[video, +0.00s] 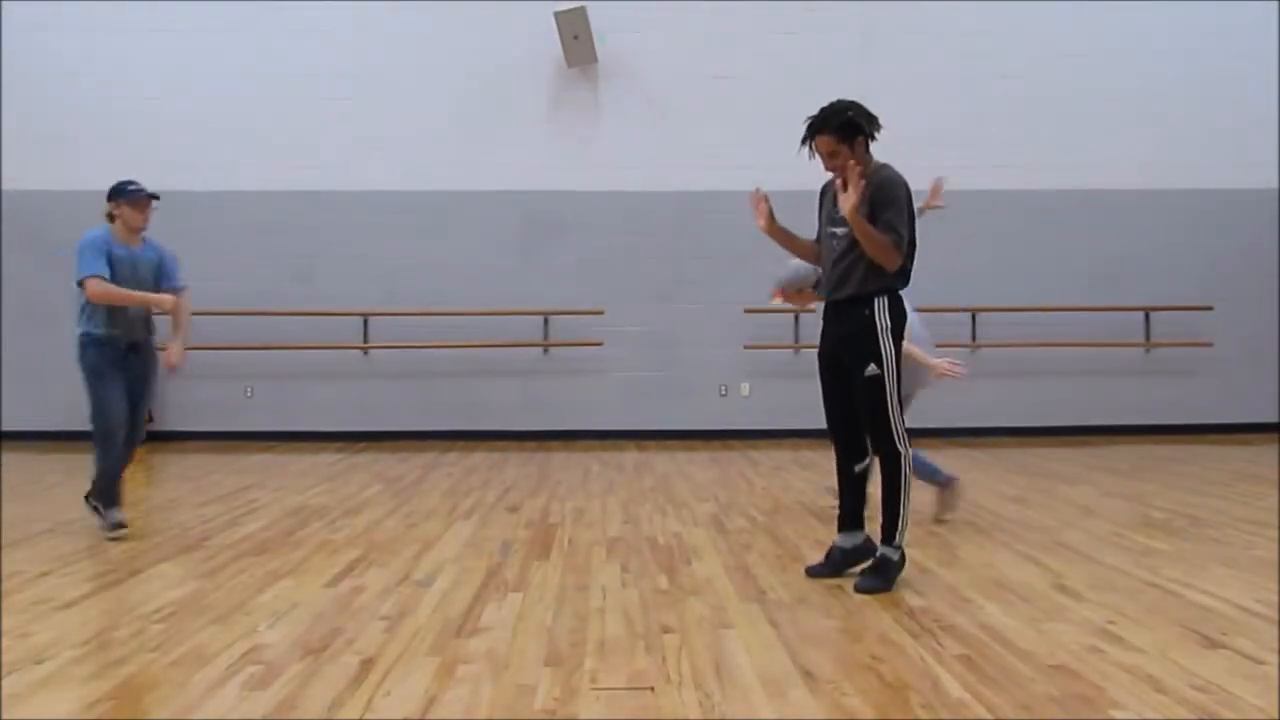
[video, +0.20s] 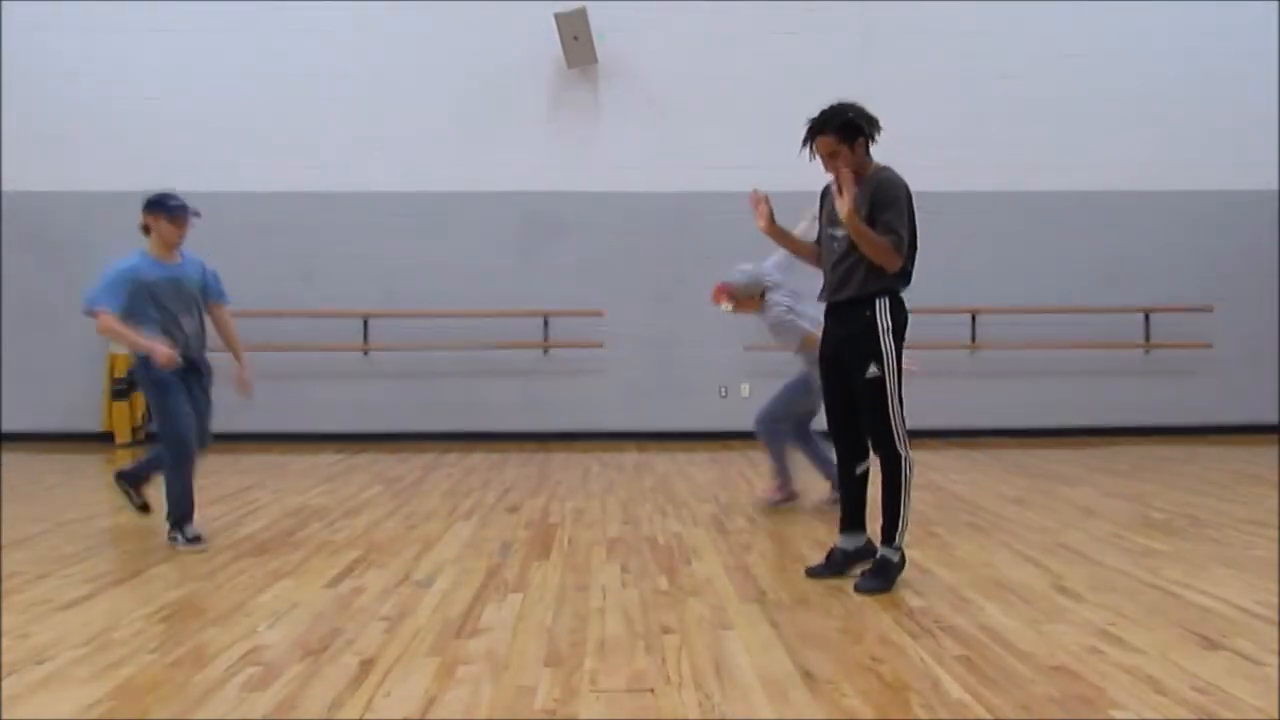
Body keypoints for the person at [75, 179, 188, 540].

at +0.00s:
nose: (144, 214)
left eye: (147, 207)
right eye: (136, 207)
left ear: (150, 211)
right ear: (116, 209)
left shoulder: (157, 253)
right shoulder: (95, 243)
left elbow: (178, 298)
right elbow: (94, 290)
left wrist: (176, 342)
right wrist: (151, 299)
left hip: (140, 346)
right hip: (101, 345)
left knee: (133, 428)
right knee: (113, 422)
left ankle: (100, 491)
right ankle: (110, 503)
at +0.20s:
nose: (181, 231)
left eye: (184, 223)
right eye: (173, 223)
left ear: (187, 226)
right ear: (150, 223)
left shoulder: (197, 270)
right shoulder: (128, 273)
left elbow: (220, 316)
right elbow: (105, 322)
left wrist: (241, 362)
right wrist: (152, 346)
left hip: (194, 366)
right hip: (157, 368)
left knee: (197, 439)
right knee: (181, 440)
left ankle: (134, 475)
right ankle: (180, 523)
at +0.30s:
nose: (206, 229)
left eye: (210, 222)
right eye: (199, 221)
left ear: (212, 224)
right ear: (175, 220)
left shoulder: (215, 267)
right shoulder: (156, 272)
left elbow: (230, 320)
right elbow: (147, 331)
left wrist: (251, 368)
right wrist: (169, 377)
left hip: (215, 363)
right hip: (179, 365)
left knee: (228, 448)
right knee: (195, 446)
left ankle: (172, 484)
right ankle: (183, 522)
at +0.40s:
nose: (235, 212)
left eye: (237, 205)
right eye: (227, 204)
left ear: (236, 207)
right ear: (203, 203)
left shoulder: (234, 248)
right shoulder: (182, 248)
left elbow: (239, 307)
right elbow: (177, 310)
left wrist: (250, 352)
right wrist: (205, 361)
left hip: (234, 346)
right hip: (197, 348)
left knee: (248, 432)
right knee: (199, 435)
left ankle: (217, 511)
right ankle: (184, 516)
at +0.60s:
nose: (279, 224)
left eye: (281, 217)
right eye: (271, 216)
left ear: (282, 218)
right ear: (248, 215)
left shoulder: (280, 262)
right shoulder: (223, 254)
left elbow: (285, 318)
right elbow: (223, 306)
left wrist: (298, 355)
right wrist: (273, 345)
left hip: (279, 362)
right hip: (239, 362)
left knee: (292, 449)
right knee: (232, 442)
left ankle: (282, 531)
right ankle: (203, 513)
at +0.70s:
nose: (297, 230)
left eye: (299, 223)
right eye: (290, 222)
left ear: (295, 223)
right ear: (265, 220)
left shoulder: (294, 267)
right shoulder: (241, 260)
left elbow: (307, 324)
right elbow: (237, 317)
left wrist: (326, 366)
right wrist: (279, 358)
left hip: (298, 366)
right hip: (257, 366)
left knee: (312, 452)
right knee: (255, 449)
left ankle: (283, 532)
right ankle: (232, 525)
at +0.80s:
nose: (310, 221)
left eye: (312, 214)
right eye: (302, 214)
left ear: (311, 214)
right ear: (278, 211)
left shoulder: (311, 260)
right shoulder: (253, 252)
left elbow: (322, 317)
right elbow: (243, 310)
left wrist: (341, 354)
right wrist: (266, 361)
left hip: (310, 358)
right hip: (272, 358)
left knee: (311, 450)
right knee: (281, 446)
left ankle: (289, 529)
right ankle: (276, 533)